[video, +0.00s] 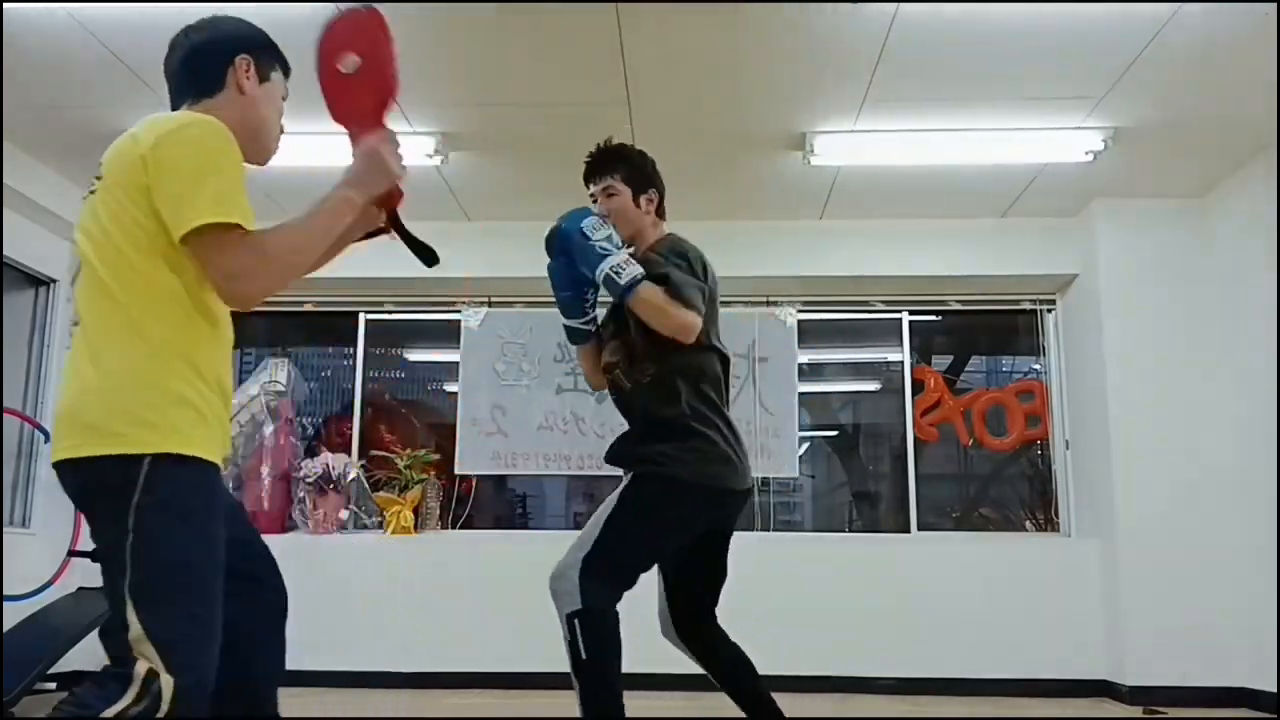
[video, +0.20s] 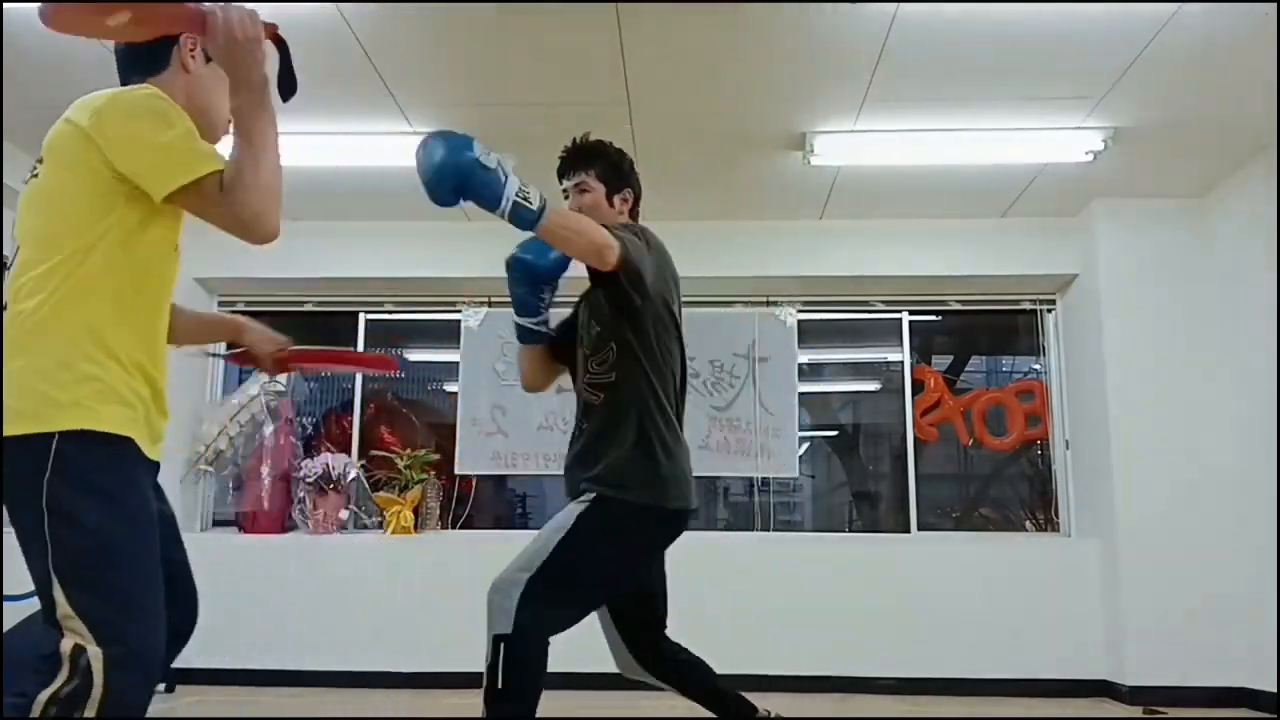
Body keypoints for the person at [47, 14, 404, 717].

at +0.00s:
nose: (284, 123)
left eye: (286, 106)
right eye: (283, 99)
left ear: (213, 81)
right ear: (244, 76)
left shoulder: (150, 152)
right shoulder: (188, 136)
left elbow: (238, 284)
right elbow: (239, 273)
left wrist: (345, 228)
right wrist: (353, 191)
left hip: (153, 441)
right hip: (149, 444)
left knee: (256, 601)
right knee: (169, 672)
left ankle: (245, 714)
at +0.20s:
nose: (237, 117)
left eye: (246, 98)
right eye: (236, 90)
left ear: (181, 55)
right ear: (192, 53)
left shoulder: (119, 146)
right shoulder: (124, 112)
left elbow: (119, 315)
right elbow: (257, 217)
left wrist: (233, 327)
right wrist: (253, 81)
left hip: (99, 426)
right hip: (64, 421)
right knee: (115, 647)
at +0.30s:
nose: (197, 111)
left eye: (201, 96)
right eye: (195, 90)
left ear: (119, 73)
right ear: (150, 64)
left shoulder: (55, 142)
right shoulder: (131, 111)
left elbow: (42, 295)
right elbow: (261, 221)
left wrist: (163, 327)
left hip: (28, 405)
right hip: (65, 411)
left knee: (65, 613)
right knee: (111, 638)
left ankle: (14, 699)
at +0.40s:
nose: (160, 123)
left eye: (163, 111)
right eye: (156, 108)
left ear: (87, 95)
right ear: (112, 85)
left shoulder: (14, 151)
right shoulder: (126, 138)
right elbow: (200, 271)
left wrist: (182, 212)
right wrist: (337, 295)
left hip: (11, 418)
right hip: (71, 420)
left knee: (26, 624)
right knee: (109, 638)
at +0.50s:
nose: (149, 144)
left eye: (152, 131)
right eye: (145, 126)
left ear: (60, 111)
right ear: (103, 103)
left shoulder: (7, 154)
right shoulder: (127, 162)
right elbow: (126, 289)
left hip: (9, 423)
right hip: (63, 423)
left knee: (14, 626)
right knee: (107, 633)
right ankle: (32, 709)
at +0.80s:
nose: (164, 134)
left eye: (167, 118)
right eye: (161, 111)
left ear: (90, 98)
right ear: (110, 91)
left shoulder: (21, 150)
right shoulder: (111, 145)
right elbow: (90, 266)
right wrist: (162, 391)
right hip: (31, 411)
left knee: (39, 624)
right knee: (70, 630)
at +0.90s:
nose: (192, 103)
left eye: (196, 87)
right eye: (187, 80)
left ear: (133, 70)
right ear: (135, 64)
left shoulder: (105, 169)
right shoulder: (96, 122)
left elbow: (196, 254)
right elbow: (42, 244)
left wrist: (223, 162)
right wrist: (136, 371)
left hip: (36, 425)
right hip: (24, 423)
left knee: (43, 648)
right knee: (46, 651)